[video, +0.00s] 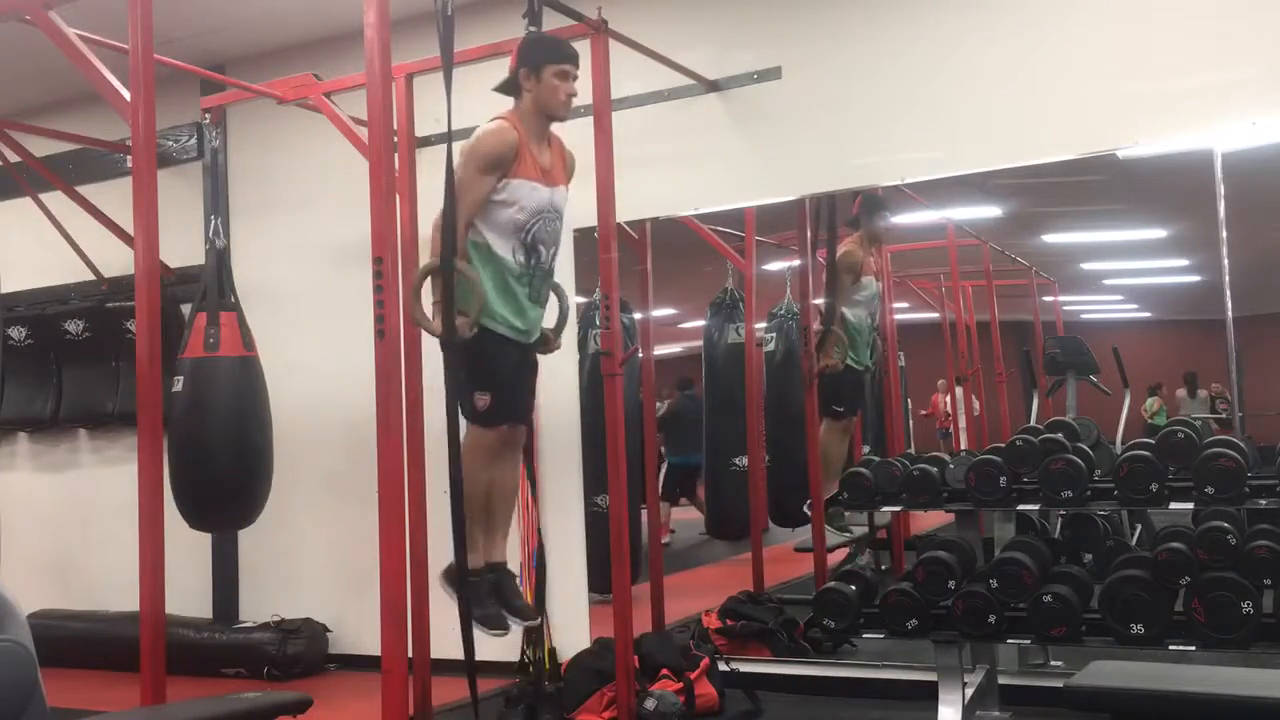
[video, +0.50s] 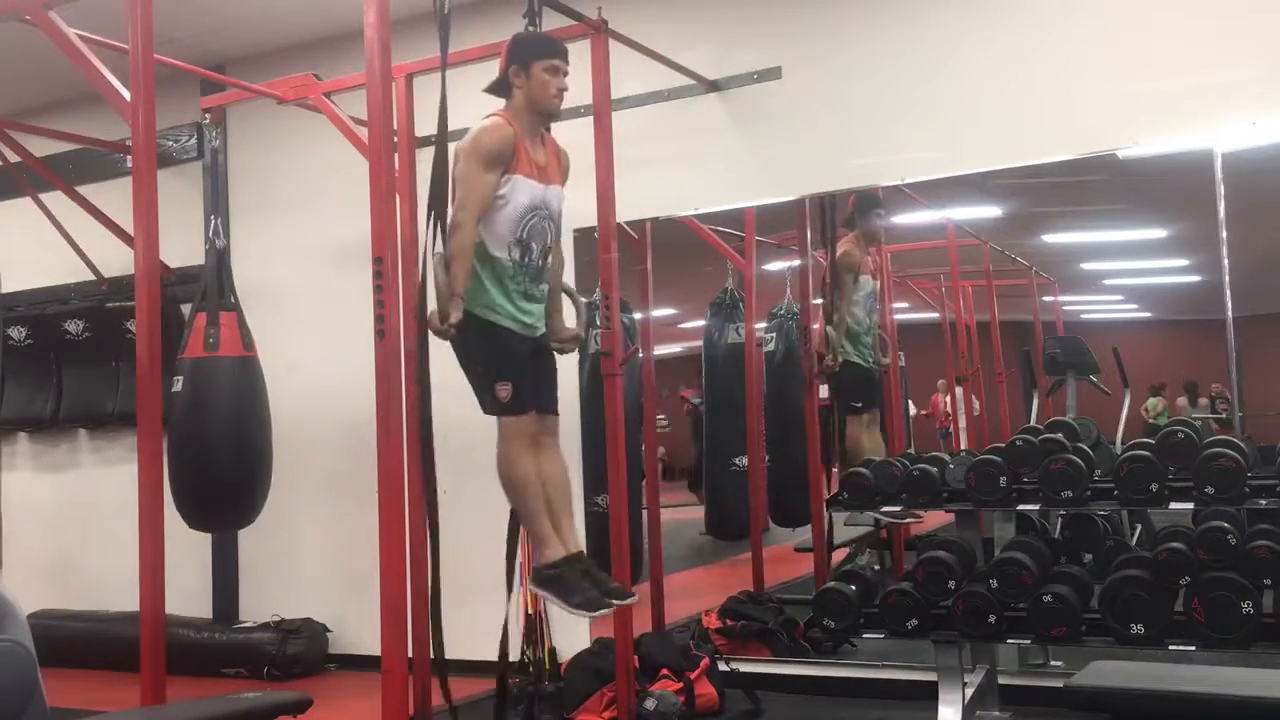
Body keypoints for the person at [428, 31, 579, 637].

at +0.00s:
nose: (572, 88)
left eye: (574, 79)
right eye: (562, 77)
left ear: (565, 86)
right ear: (527, 79)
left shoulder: (561, 155)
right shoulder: (497, 139)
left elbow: (537, 245)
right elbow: (447, 226)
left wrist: (550, 311)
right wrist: (447, 307)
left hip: (522, 319)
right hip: (481, 315)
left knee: (511, 437)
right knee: (487, 433)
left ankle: (497, 565)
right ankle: (467, 567)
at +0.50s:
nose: (562, 83)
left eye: (565, 74)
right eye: (551, 72)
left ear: (561, 83)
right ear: (516, 76)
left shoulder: (556, 152)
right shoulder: (493, 136)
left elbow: (550, 241)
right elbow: (463, 221)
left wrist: (556, 313)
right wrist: (452, 298)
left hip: (532, 313)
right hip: (484, 307)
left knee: (546, 430)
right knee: (518, 426)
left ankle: (573, 554)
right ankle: (549, 559)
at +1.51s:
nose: (583, 159)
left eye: (587, 149)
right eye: (572, 147)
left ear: (585, 156)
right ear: (537, 148)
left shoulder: (570, 216)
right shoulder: (503, 202)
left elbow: (529, 278)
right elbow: (411, 242)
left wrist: (548, 325)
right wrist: (441, 317)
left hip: (523, 359)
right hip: (474, 361)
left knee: (534, 492)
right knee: (502, 492)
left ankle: (546, 626)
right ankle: (525, 632)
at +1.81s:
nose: (594, 234)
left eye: (596, 225)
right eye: (584, 223)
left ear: (586, 232)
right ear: (548, 225)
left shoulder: (565, 279)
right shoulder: (509, 261)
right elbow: (415, 234)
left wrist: (526, 343)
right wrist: (434, 310)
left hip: (499, 417)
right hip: (452, 414)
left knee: (513, 543)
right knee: (487, 548)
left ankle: (525, 672)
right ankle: (502, 682)